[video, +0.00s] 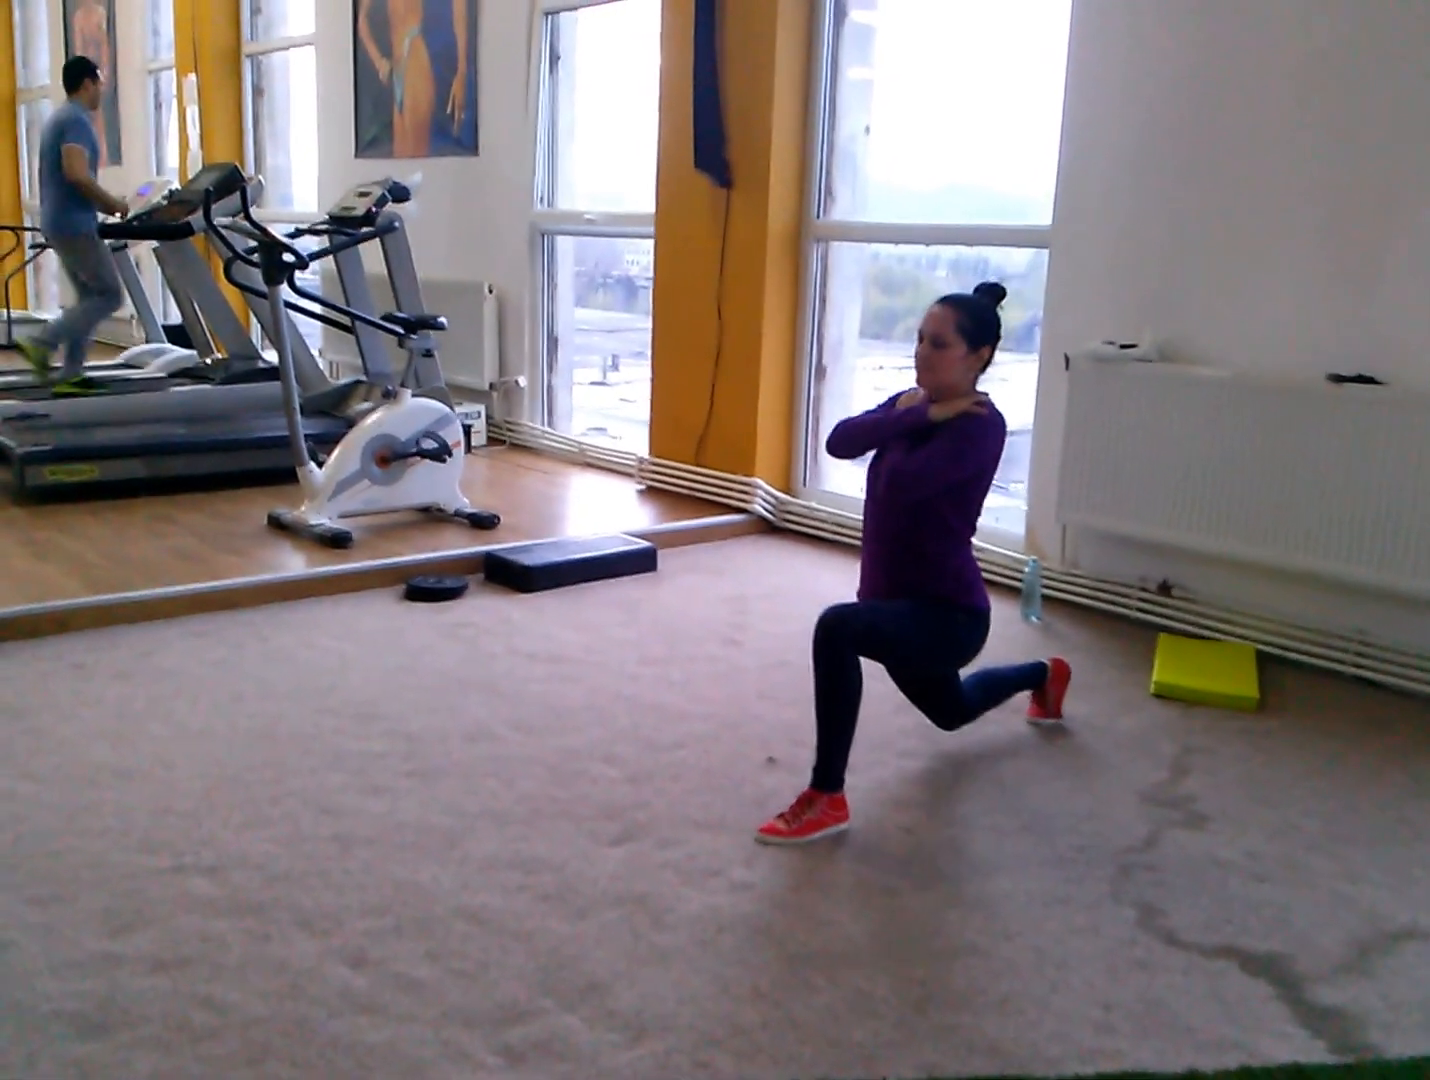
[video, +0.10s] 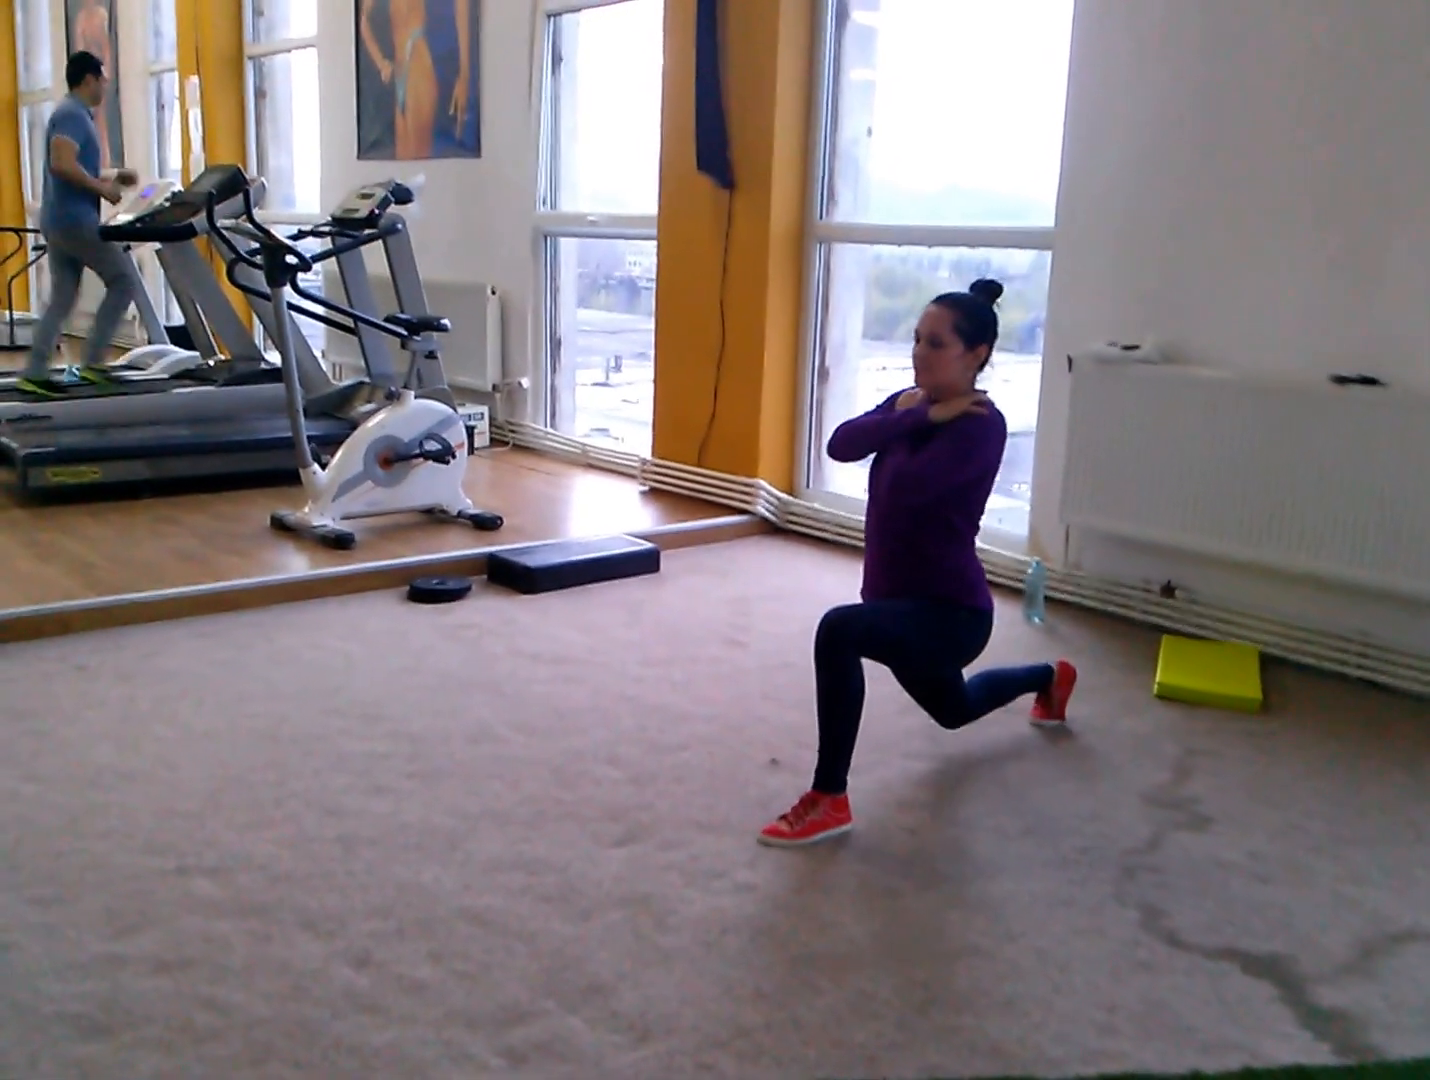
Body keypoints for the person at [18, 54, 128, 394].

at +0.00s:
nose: (101, 89)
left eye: (100, 83)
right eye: (99, 83)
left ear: (74, 85)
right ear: (87, 84)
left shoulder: (63, 119)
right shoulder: (75, 120)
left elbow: (72, 179)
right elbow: (76, 174)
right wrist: (114, 205)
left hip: (62, 224)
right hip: (73, 225)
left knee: (90, 297)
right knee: (109, 294)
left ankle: (73, 372)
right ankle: (43, 341)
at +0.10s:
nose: (105, 87)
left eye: (104, 80)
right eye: (102, 80)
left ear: (80, 80)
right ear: (89, 79)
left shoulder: (77, 115)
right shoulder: (71, 114)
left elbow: (81, 169)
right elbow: (62, 164)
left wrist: (115, 176)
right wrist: (103, 188)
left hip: (62, 221)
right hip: (72, 221)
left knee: (63, 298)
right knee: (124, 281)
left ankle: (34, 372)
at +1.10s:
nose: (132, 108)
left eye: (131, 101)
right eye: (129, 101)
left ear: (104, 104)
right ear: (116, 103)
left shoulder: (88, 137)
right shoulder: (102, 141)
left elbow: (89, 197)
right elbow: (102, 196)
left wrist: (127, 204)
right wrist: (136, 223)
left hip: (85, 239)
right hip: (99, 241)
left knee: (117, 310)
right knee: (128, 312)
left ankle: (52, 357)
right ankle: (99, 391)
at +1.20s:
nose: (135, 107)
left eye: (133, 100)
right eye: (132, 100)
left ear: (104, 102)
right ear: (120, 102)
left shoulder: (83, 134)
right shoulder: (108, 139)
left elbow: (59, 181)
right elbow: (114, 192)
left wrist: (96, 199)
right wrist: (144, 208)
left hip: (88, 239)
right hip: (100, 241)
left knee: (139, 299)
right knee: (103, 312)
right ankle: (64, 389)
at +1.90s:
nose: (143, 119)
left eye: (142, 112)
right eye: (140, 112)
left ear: (113, 114)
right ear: (127, 113)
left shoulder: (98, 147)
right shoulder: (114, 150)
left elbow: (80, 199)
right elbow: (119, 205)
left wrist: (131, 224)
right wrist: (153, 227)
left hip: (99, 249)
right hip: (110, 251)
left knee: (134, 315)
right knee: (142, 315)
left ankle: (92, 376)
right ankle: (98, 391)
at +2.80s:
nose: (138, 111)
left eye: (137, 105)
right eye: (136, 105)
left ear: (106, 107)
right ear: (126, 105)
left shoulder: (86, 141)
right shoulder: (122, 142)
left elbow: (62, 184)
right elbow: (131, 196)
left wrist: (94, 204)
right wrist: (152, 196)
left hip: (100, 245)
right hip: (109, 247)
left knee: (144, 313)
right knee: (93, 320)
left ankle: (163, 393)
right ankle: (42, 391)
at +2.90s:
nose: (135, 119)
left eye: (133, 112)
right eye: (133, 112)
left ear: (105, 113)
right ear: (123, 111)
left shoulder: (87, 147)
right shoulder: (120, 147)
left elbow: (67, 196)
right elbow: (126, 200)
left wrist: (101, 211)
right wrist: (150, 213)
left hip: (100, 249)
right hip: (113, 251)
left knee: (141, 322)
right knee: (122, 325)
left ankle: (141, 402)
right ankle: (46, 373)